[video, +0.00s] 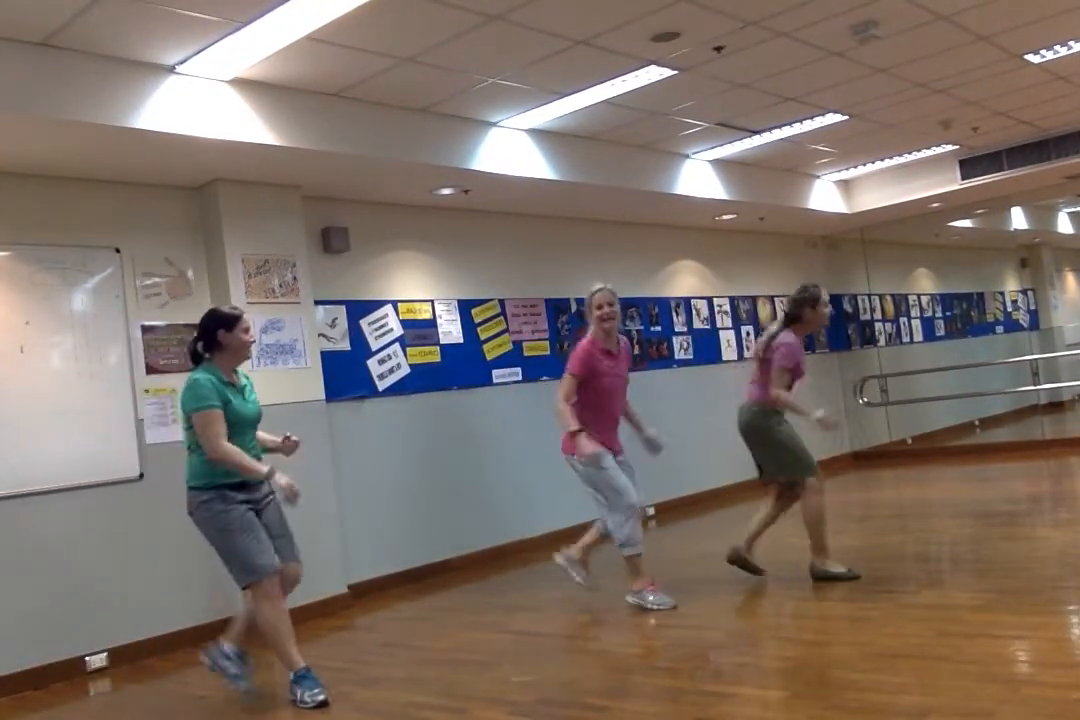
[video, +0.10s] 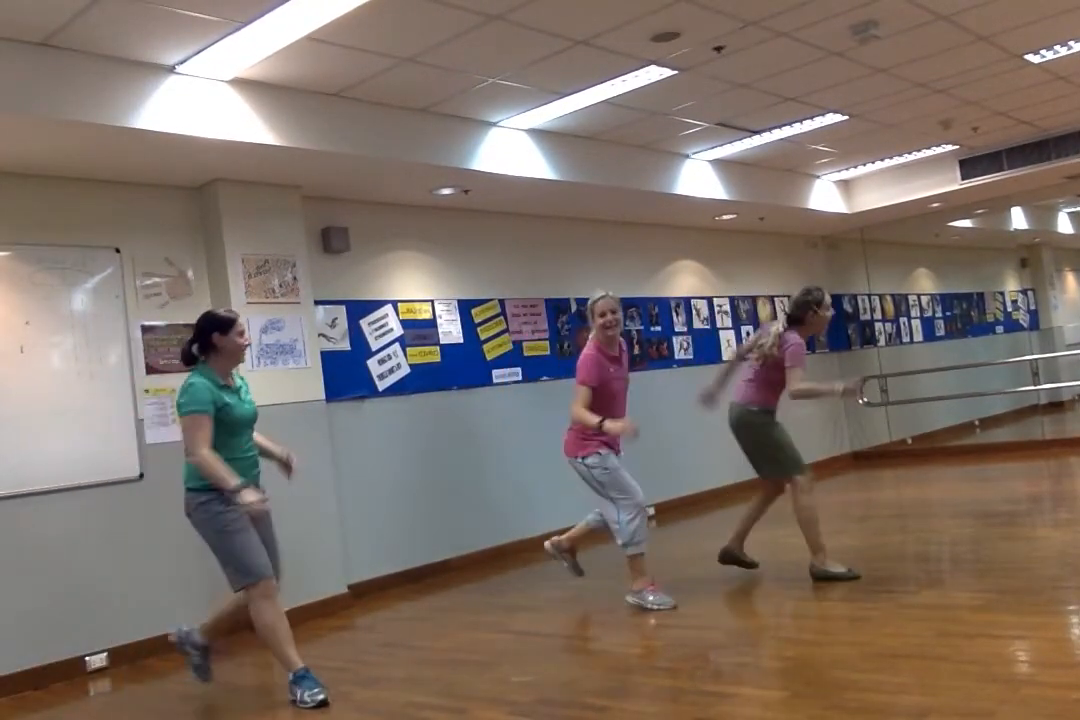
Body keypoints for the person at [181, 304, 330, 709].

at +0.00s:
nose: (252, 337)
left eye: (250, 331)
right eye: (244, 332)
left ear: (227, 339)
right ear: (220, 339)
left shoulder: (241, 380)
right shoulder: (201, 385)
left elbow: (245, 432)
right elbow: (215, 448)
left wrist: (275, 442)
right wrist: (270, 473)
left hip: (255, 487)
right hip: (216, 496)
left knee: (289, 572)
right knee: (264, 579)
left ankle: (228, 648)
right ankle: (299, 674)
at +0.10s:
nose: (247, 340)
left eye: (245, 333)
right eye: (239, 335)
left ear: (222, 342)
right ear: (215, 342)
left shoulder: (236, 380)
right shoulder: (198, 388)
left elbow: (242, 431)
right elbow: (197, 451)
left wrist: (276, 451)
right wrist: (239, 487)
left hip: (247, 490)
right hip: (212, 498)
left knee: (265, 584)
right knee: (261, 583)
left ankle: (198, 637)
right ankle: (298, 674)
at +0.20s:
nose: (239, 351)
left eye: (237, 345)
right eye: (232, 346)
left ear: (213, 353)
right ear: (208, 352)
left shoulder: (227, 389)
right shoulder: (189, 400)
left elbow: (232, 445)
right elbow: (167, 457)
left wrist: (252, 484)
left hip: (242, 500)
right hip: (209, 505)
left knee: (232, 593)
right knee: (256, 584)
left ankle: (179, 643)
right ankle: (298, 674)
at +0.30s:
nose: (233, 367)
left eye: (232, 360)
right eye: (227, 361)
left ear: (208, 367)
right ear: (204, 366)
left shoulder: (218, 401)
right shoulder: (174, 413)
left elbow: (201, 448)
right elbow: (127, 460)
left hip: (226, 507)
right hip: (193, 514)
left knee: (208, 599)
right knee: (245, 593)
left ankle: (164, 659)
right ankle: (290, 672)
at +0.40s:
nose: (222, 378)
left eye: (221, 372)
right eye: (215, 373)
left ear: (199, 376)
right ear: (190, 377)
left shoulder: (208, 405)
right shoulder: (160, 420)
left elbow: (193, 453)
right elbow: (114, 461)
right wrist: (93, 515)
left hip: (209, 509)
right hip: (175, 516)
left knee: (197, 597)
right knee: (227, 586)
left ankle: (157, 667)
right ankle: (271, 666)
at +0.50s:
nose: (194, 373)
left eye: (199, 366)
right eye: (187, 366)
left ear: (201, 368)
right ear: (165, 366)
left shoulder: (197, 398)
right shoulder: (145, 410)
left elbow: (183, 445)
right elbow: (110, 461)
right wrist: (117, 514)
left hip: (191, 496)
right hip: (153, 500)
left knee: (179, 585)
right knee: (199, 572)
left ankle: (157, 666)